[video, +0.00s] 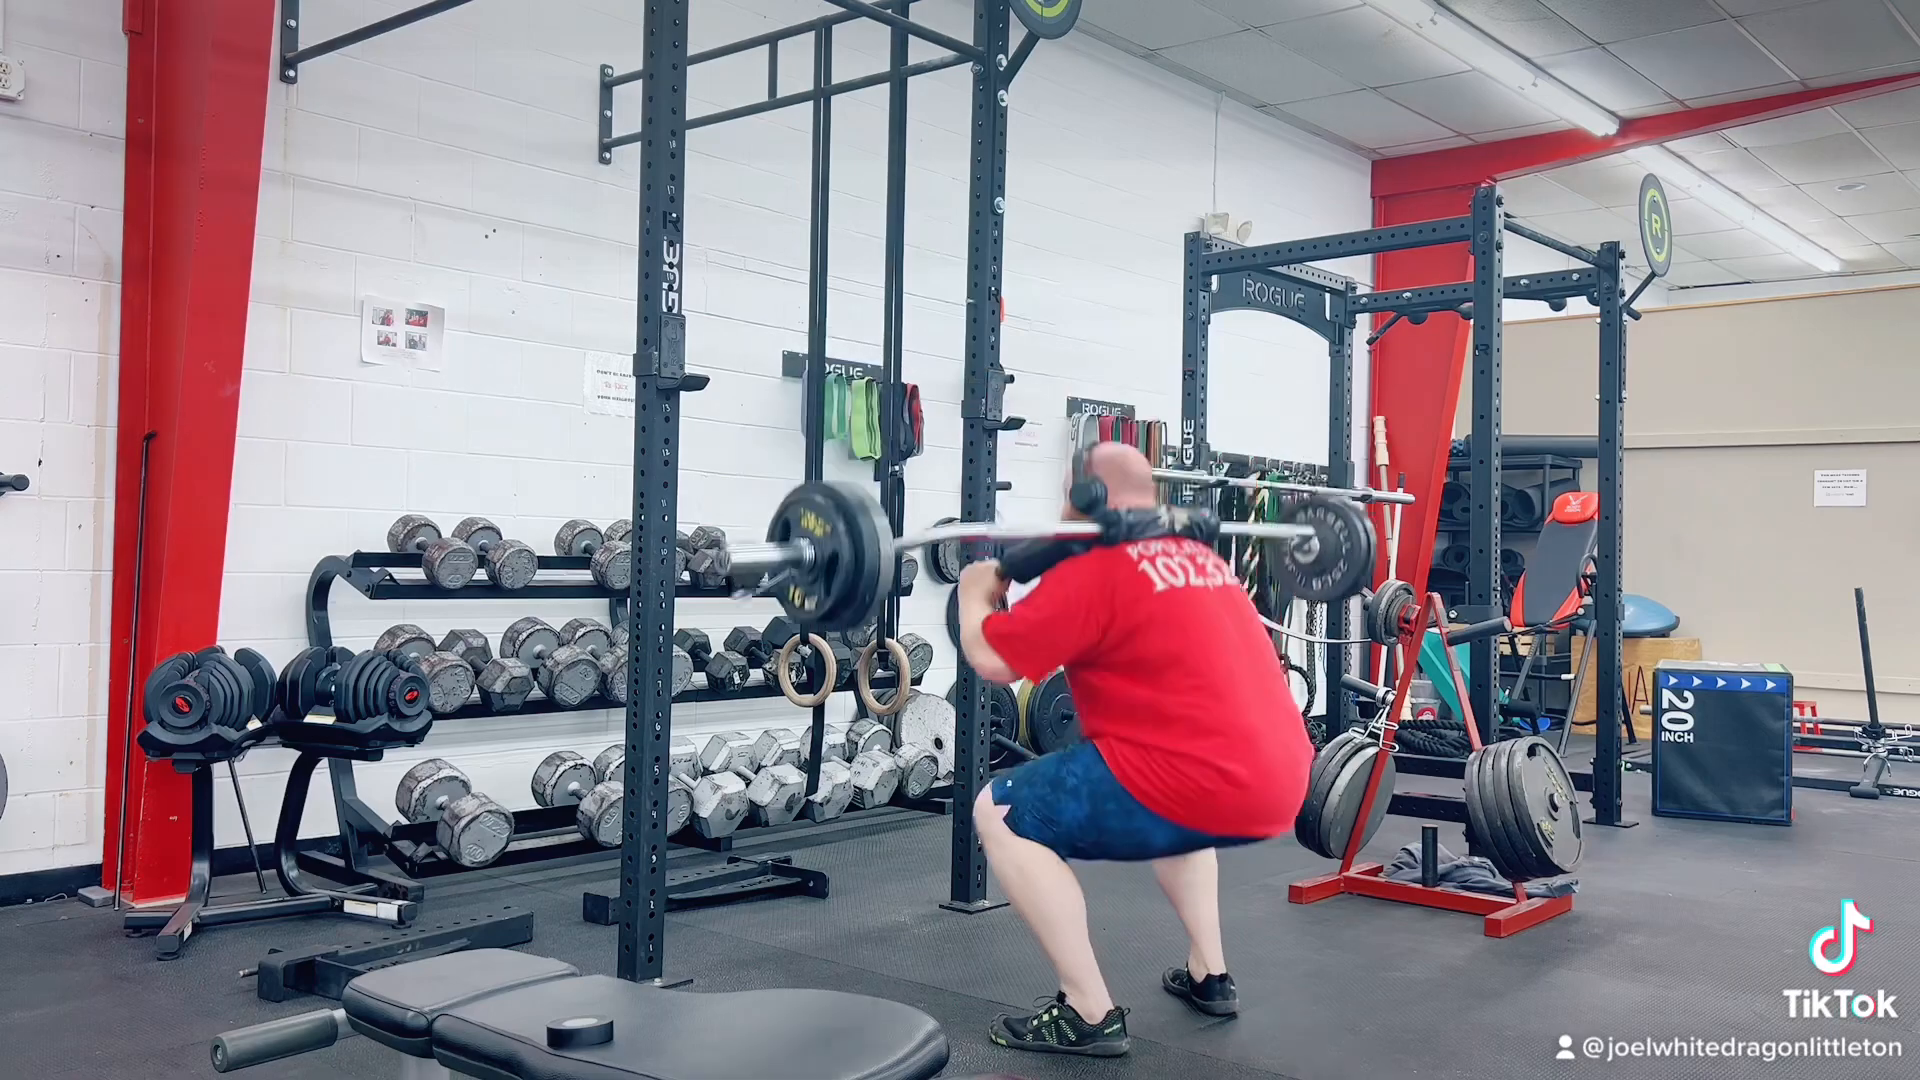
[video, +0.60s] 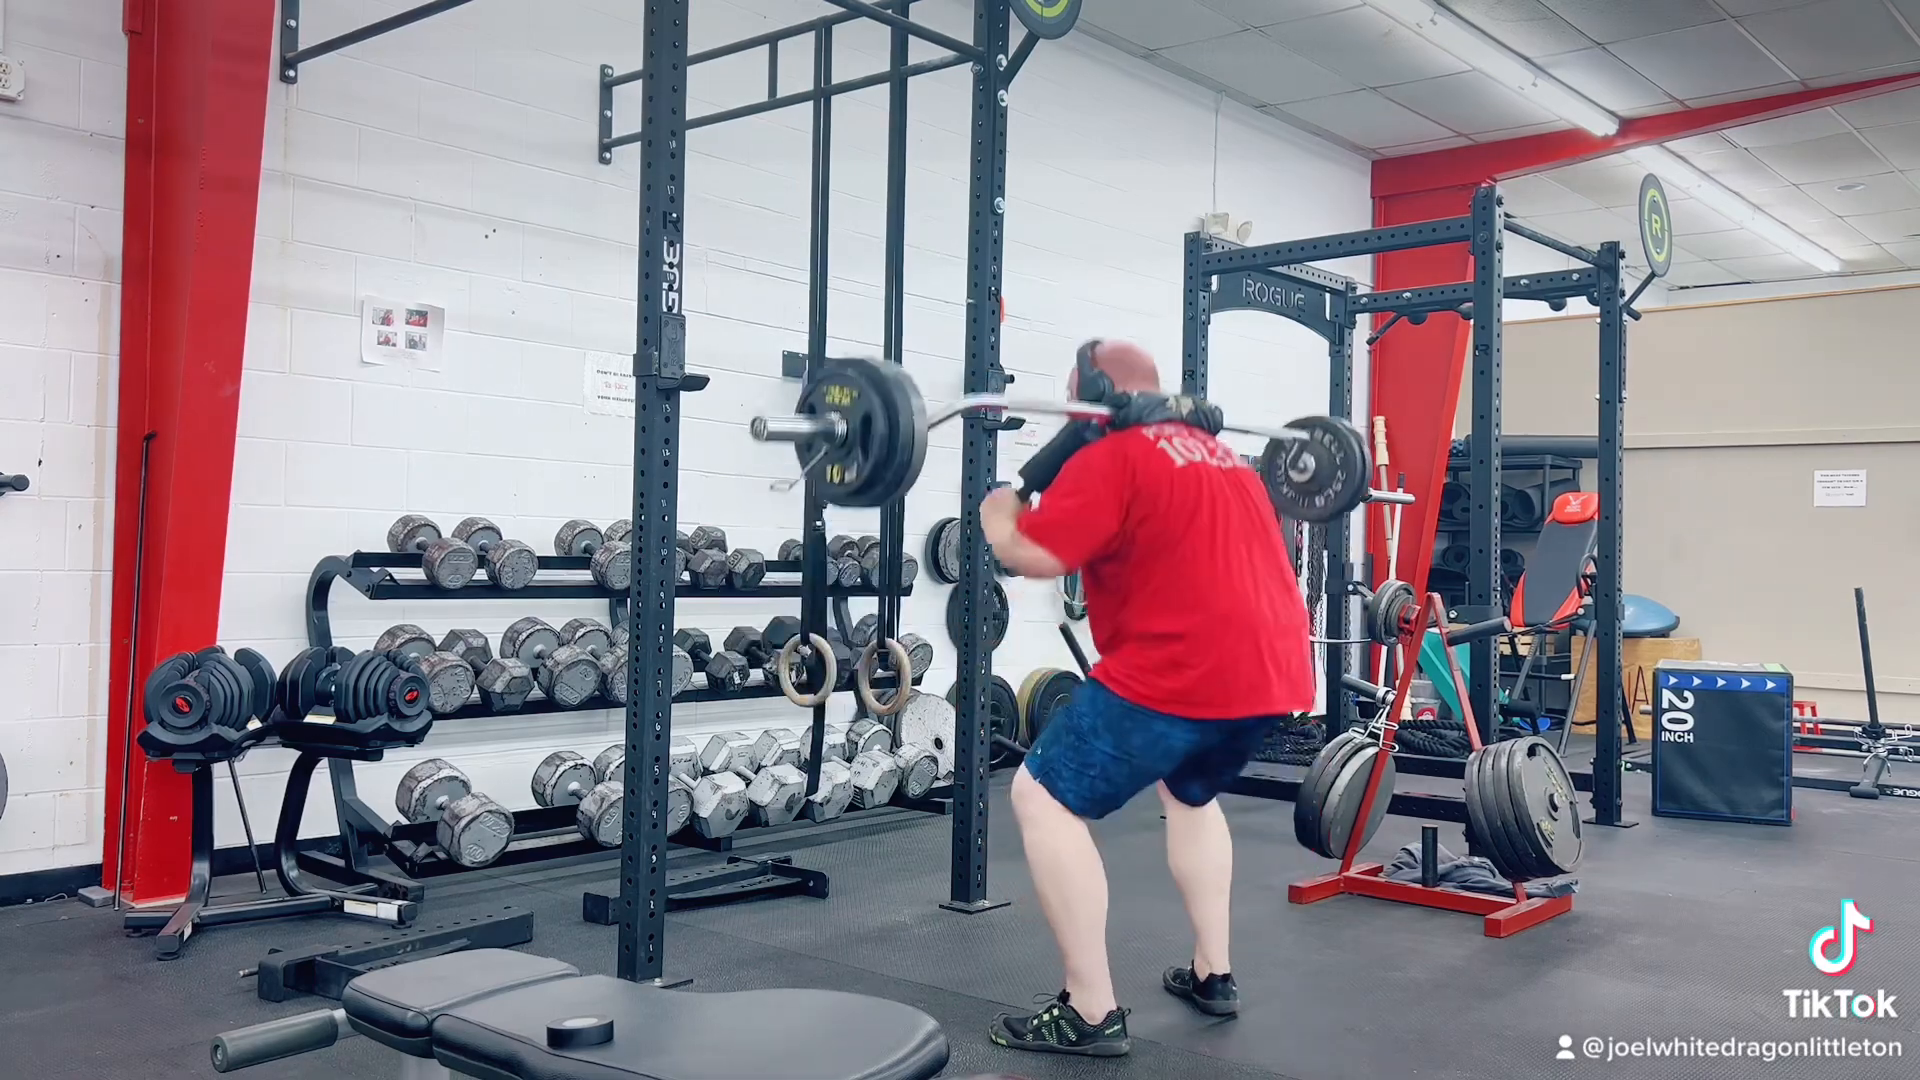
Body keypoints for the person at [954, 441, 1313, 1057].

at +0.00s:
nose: (1067, 509)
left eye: (1069, 499)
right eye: (1073, 499)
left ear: (1080, 504)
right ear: (1153, 500)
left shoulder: (1097, 572)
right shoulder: (1201, 557)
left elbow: (992, 659)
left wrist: (972, 592)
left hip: (1186, 785)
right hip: (1277, 783)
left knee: (999, 810)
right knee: (1158, 797)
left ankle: (1089, 1010)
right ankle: (1210, 973)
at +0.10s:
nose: (1063, 576)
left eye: (1064, 566)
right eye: (1066, 566)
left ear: (1075, 573)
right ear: (1149, 566)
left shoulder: (1095, 638)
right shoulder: (1199, 619)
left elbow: (987, 720)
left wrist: (972, 650)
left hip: (1203, 858)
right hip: (1282, 853)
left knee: (999, 811)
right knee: (1159, 782)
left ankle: (1088, 1010)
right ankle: (1209, 974)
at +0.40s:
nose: (1063, 547)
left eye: (1065, 538)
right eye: (1066, 539)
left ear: (1080, 542)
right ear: (1147, 532)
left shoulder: (1104, 601)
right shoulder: (1207, 584)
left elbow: (1002, 696)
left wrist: (977, 634)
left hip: (1206, 805)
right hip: (1297, 803)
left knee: (1014, 805)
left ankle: (1089, 1008)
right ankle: (1212, 974)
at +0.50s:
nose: (1064, 477)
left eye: (1064, 468)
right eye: (1066, 468)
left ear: (1079, 470)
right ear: (1149, 462)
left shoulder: (1108, 530)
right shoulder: (1212, 517)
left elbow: (1013, 626)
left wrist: (980, 570)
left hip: (1194, 732)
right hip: (1291, 731)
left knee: (1024, 800)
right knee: (1194, 806)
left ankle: (1089, 1008)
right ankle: (1214, 974)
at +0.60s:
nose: (1070, 415)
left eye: (1071, 403)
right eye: (1071, 404)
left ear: (1090, 402)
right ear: (1160, 394)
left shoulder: (1116, 454)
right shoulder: (1224, 456)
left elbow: (1035, 557)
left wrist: (1000, 516)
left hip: (1179, 666)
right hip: (1275, 668)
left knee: (1042, 794)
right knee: (1189, 789)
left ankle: (1091, 1009)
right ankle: (1214, 974)